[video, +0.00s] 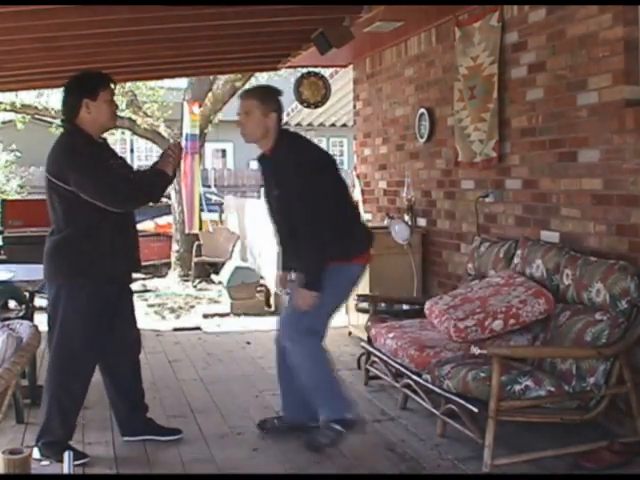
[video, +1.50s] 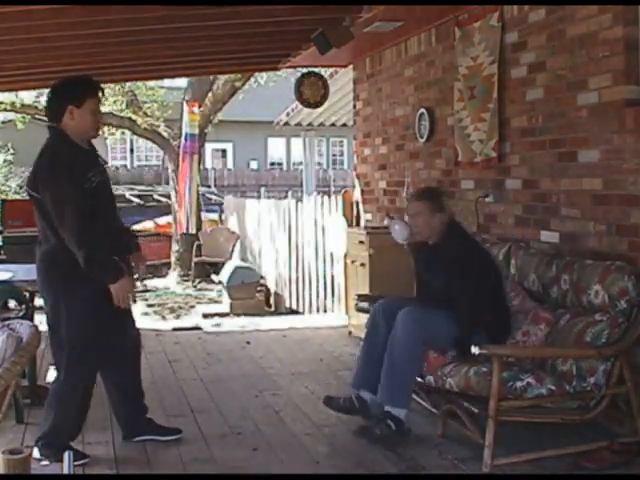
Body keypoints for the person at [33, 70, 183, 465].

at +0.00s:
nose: (117, 107)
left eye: (115, 99)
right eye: (110, 100)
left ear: (91, 106)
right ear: (86, 106)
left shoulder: (98, 148)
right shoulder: (70, 151)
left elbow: (135, 189)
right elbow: (120, 196)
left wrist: (163, 169)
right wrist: (161, 171)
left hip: (108, 273)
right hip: (77, 275)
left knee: (122, 351)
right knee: (70, 361)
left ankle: (134, 423)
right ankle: (51, 444)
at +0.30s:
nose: (122, 109)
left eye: (120, 101)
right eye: (115, 102)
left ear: (95, 107)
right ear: (91, 107)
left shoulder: (101, 150)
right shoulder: (73, 152)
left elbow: (138, 189)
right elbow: (125, 193)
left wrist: (172, 168)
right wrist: (170, 168)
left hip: (110, 274)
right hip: (78, 276)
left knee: (123, 351)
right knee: (72, 361)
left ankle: (134, 423)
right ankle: (51, 444)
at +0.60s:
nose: (121, 112)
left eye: (121, 104)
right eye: (115, 104)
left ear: (93, 108)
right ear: (90, 107)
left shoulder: (103, 151)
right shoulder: (73, 152)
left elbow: (134, 192)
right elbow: (125, 193)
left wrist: (175, 173)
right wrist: (178, 173)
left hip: (109, 273)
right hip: (77, 275)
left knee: (122, 350)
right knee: (72, 359)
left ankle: (134, 424)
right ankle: (52, 443)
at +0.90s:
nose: (118, 110)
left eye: (116, 102)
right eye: (111, 103)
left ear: (89, 109)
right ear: (86, 108)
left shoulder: (99, 153)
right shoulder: (71, 152)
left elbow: (132, 189)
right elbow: (118, 197)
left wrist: (177, 200)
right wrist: (177, 202)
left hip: (106, 273)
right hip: (73, 275)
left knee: (121, 350)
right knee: (72, 360)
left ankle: (134, 424)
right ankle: (52, 444)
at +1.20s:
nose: (108, 110)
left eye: (106, 102)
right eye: (100, 103)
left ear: (81, 110)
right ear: (73, 110)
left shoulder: (94, 154)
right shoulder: (62, 158)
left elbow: (116, 212)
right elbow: (93, 222)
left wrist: (153, 241)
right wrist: (141, 257)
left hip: (102, 273)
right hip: (69, 277)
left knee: (121, 350)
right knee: (69, 362)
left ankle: (134, 424)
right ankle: (52, 444)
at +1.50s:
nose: (101, 118)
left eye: (100, 110)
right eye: (95, 110)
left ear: (73, 113)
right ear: (69, 112)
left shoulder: (86, 156)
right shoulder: (56, 160)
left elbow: (104, 213)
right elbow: (73, 231)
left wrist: (129, 245)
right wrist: (112, 274)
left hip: (99, 272)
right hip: (70, 278)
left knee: (122, 348)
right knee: (78, 361)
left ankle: (135, 424)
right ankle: (52, 445)